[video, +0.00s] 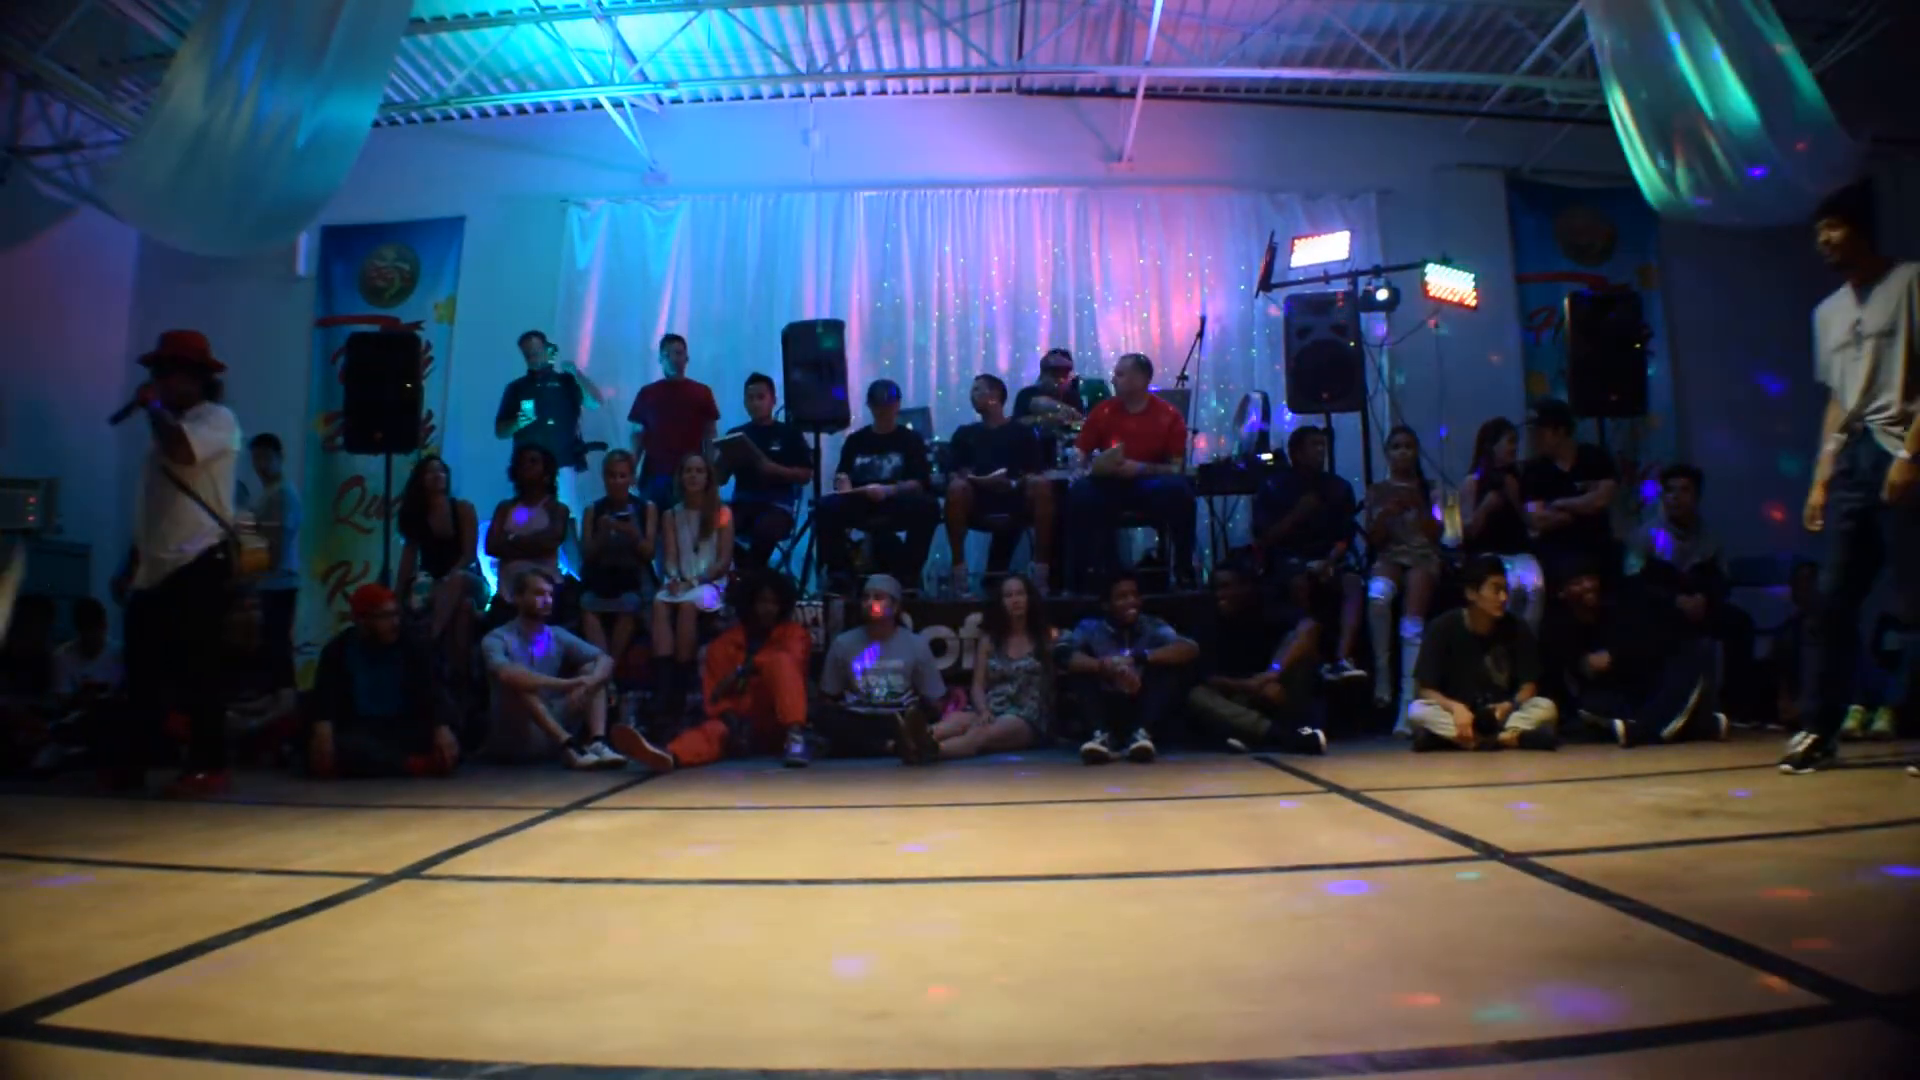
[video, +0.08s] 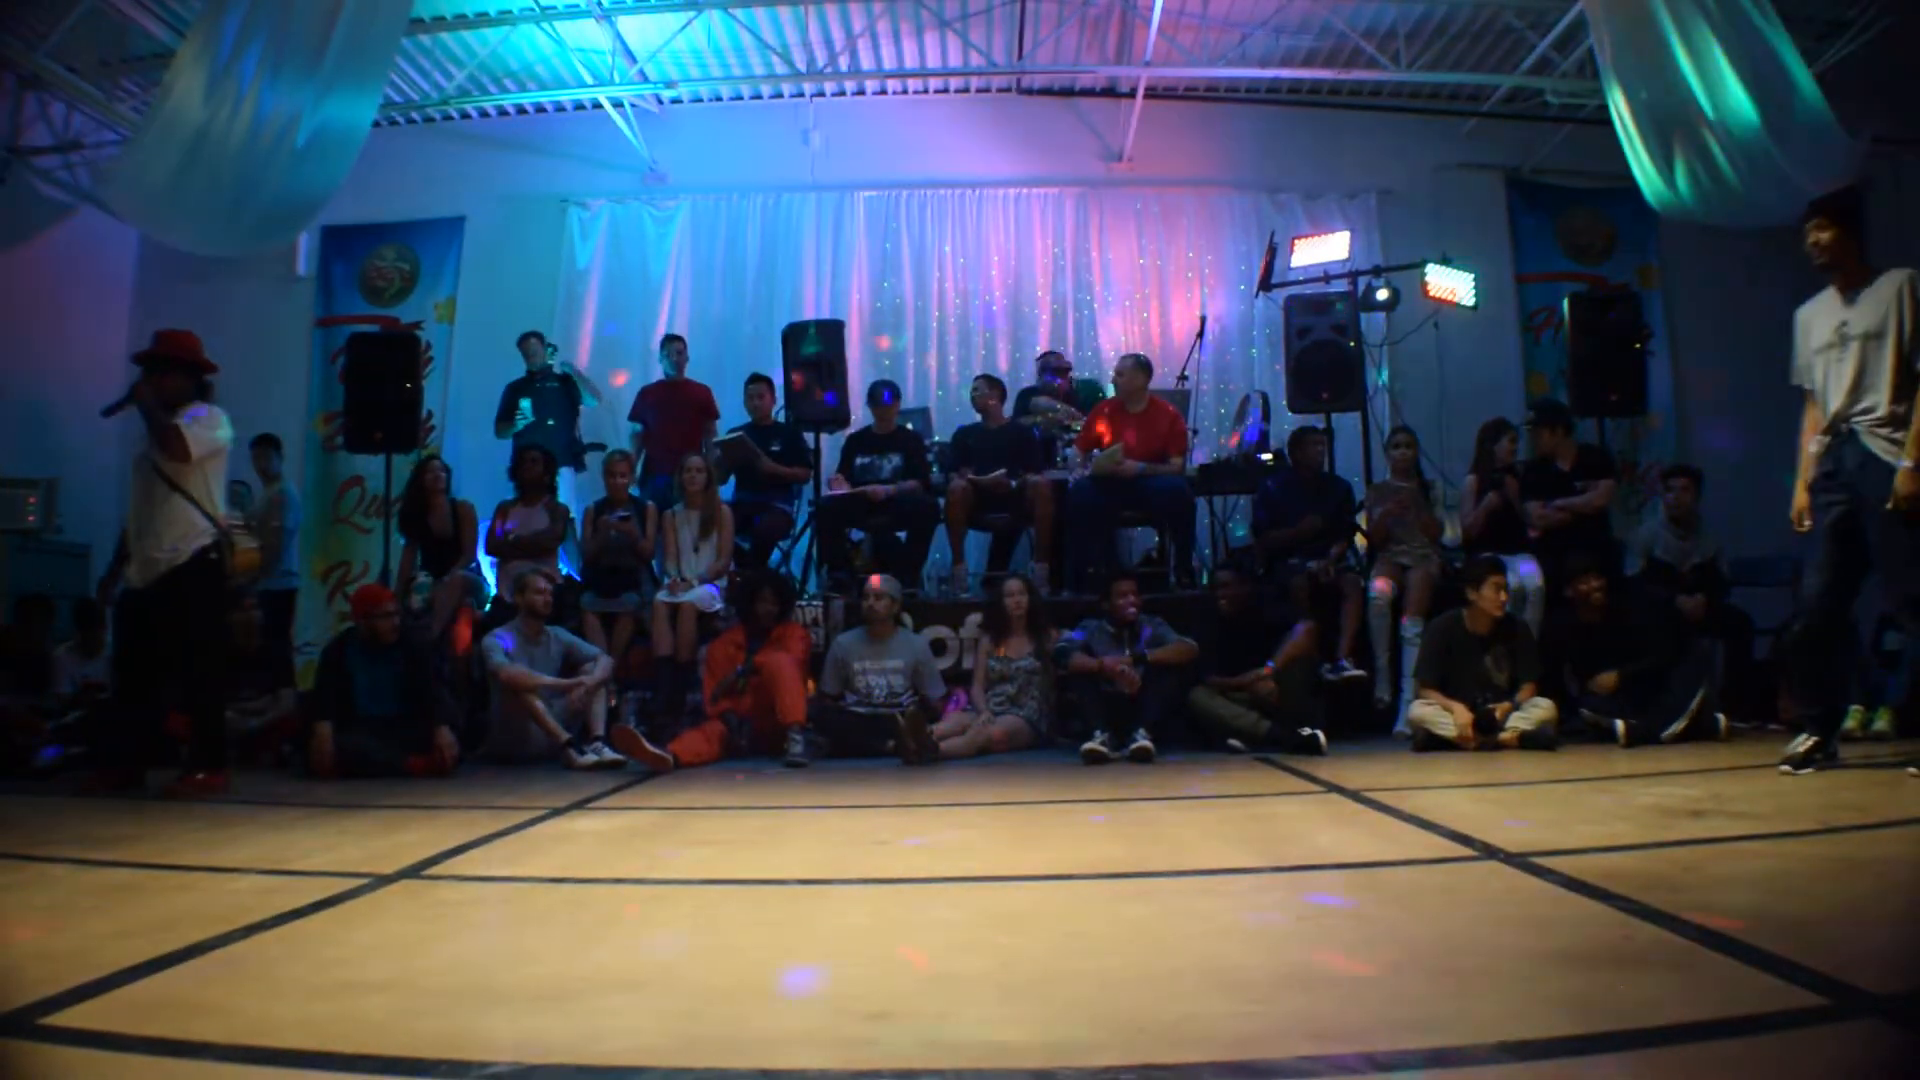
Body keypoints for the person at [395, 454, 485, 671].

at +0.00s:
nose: (438, 476)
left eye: (442, 471)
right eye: (431, 472)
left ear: (447, 476)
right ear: (421, 479)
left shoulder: (463, 509)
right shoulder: (417, 513)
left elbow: (469, 554)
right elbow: (409, 557)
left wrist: (448, 580)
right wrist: (399, 600)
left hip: (468, 579)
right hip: (436, 585)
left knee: (457, 580)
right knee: (465, 606)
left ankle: (431, 641)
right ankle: (458, 677)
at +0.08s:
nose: (438, 476)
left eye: (441, 471)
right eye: (431, 472)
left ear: (447, 476)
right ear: (421, 479)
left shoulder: (463, 509)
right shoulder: (416, 512)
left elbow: (469, 555)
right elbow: (409, 554)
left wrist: (447, 581)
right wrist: (398, 598)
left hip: (467, 581)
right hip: (434, 585)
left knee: (457, 579)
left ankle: (430, 640)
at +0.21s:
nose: (438, 476)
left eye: (442, 471)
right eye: (431, 472)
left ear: (448, 476)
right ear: (421, 479)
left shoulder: (463, 509)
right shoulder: (415, 513)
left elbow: (469, 555)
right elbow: (409, 555)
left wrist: (447, 579)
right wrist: (401, 595)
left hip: (469, 583)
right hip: (433, 587)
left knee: (455, 580)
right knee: (463, 605)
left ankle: (428, 643)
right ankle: (459, 677)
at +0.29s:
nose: (438, 474)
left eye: (442, 469)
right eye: (431, 469)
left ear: (448, 476)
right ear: (421, 477)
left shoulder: (462, 509)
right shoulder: (415, 511)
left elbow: (469, 552)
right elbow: (408, 556)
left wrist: (449, 580)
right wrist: (398, 595)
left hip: (465, 580)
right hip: (429, 583)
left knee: (457, 582)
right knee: (462, 606)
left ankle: (429, 645)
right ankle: (458, 674)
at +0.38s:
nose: (437, 474)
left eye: (442, 469)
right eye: (431, 469)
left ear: (447, 475)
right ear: (421, 475)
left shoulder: (462, 508)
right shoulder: (413, 511)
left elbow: (471, 552)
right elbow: (406, 555)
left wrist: (451, 577)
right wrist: (399, 594)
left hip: (464, 582)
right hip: (428, 587)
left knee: (457, 581)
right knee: (461, 607)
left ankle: (430, 643)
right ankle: (458, 675)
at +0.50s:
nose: (436, 473)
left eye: (441, 469)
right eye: (430, 469)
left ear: (447, 474)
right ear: (420, 474)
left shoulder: (461, 507)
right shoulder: (413, 510)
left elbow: (475, 551)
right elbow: (406, 554)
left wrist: (455, 574)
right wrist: (399, 595)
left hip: (467, 580)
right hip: (434, 585)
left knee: (457, 580)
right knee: (463, 604)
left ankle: (429, 644)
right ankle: (457, 668)